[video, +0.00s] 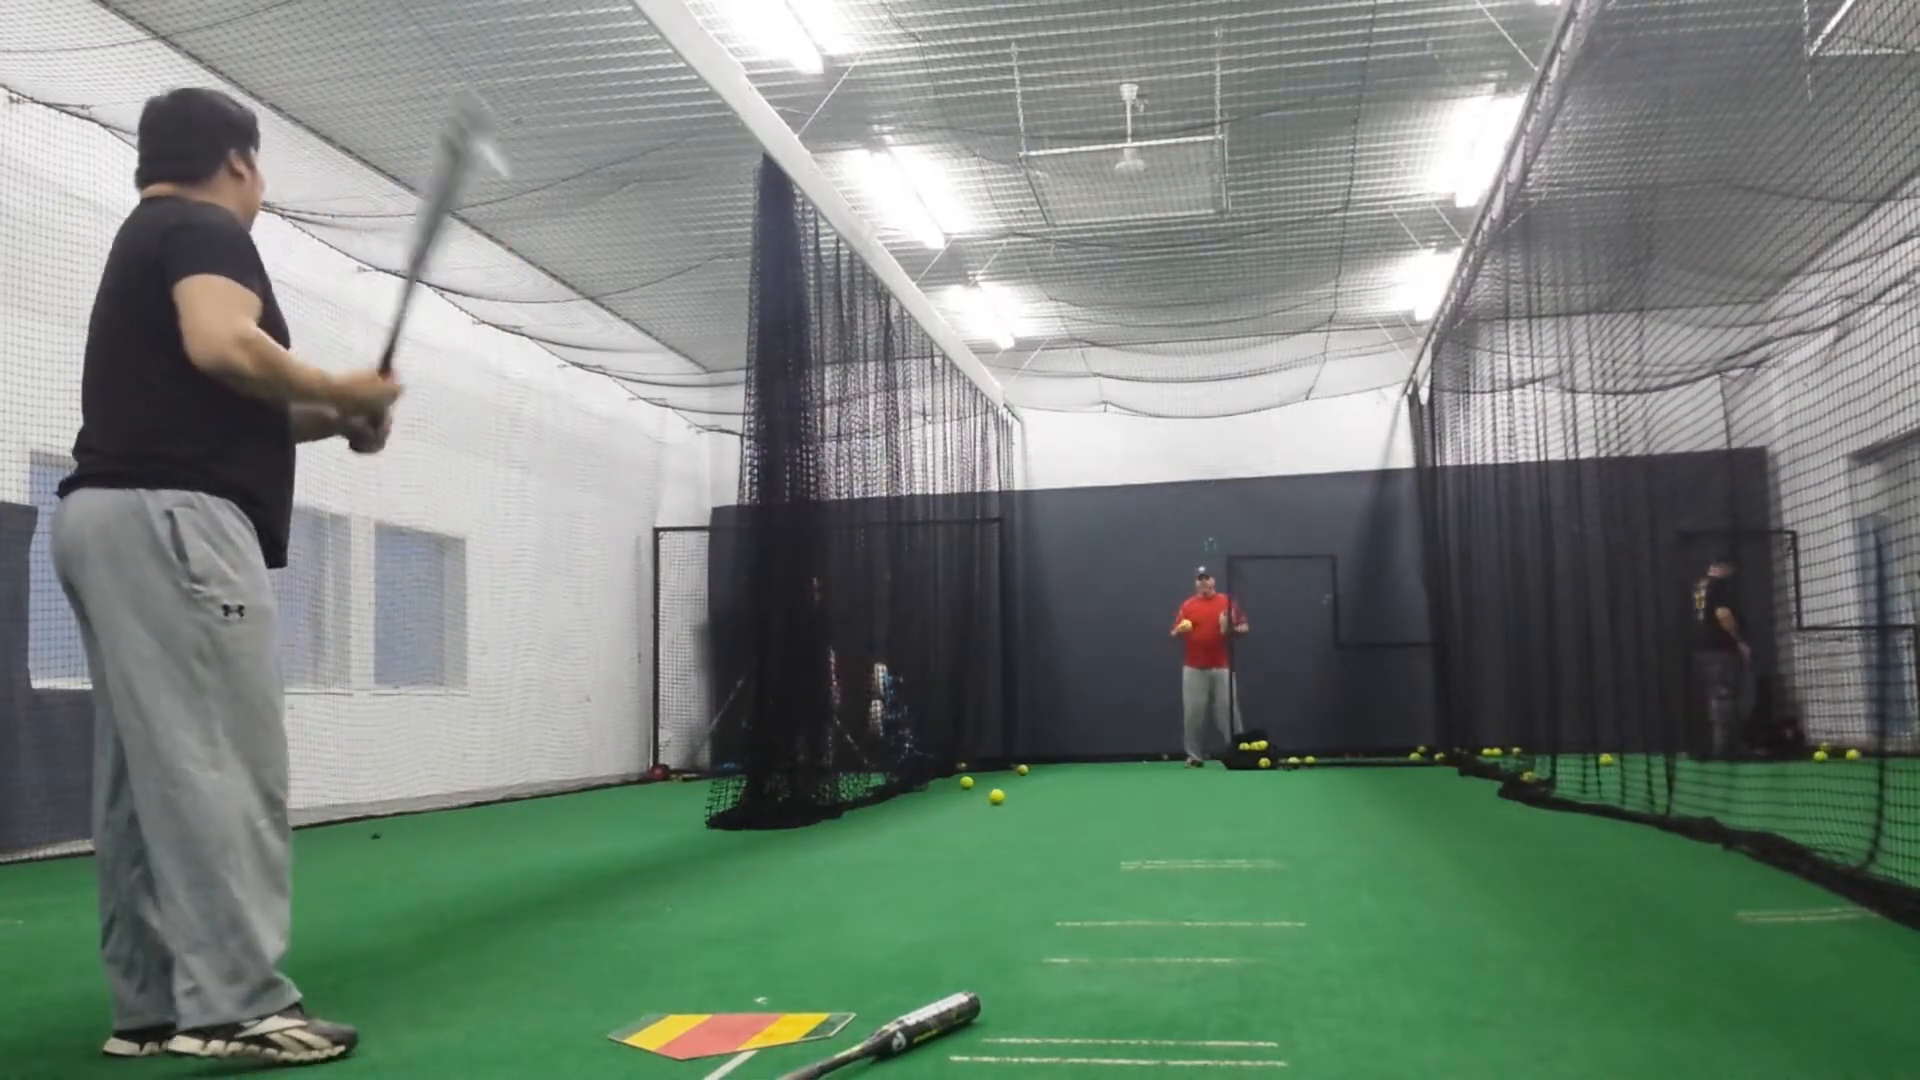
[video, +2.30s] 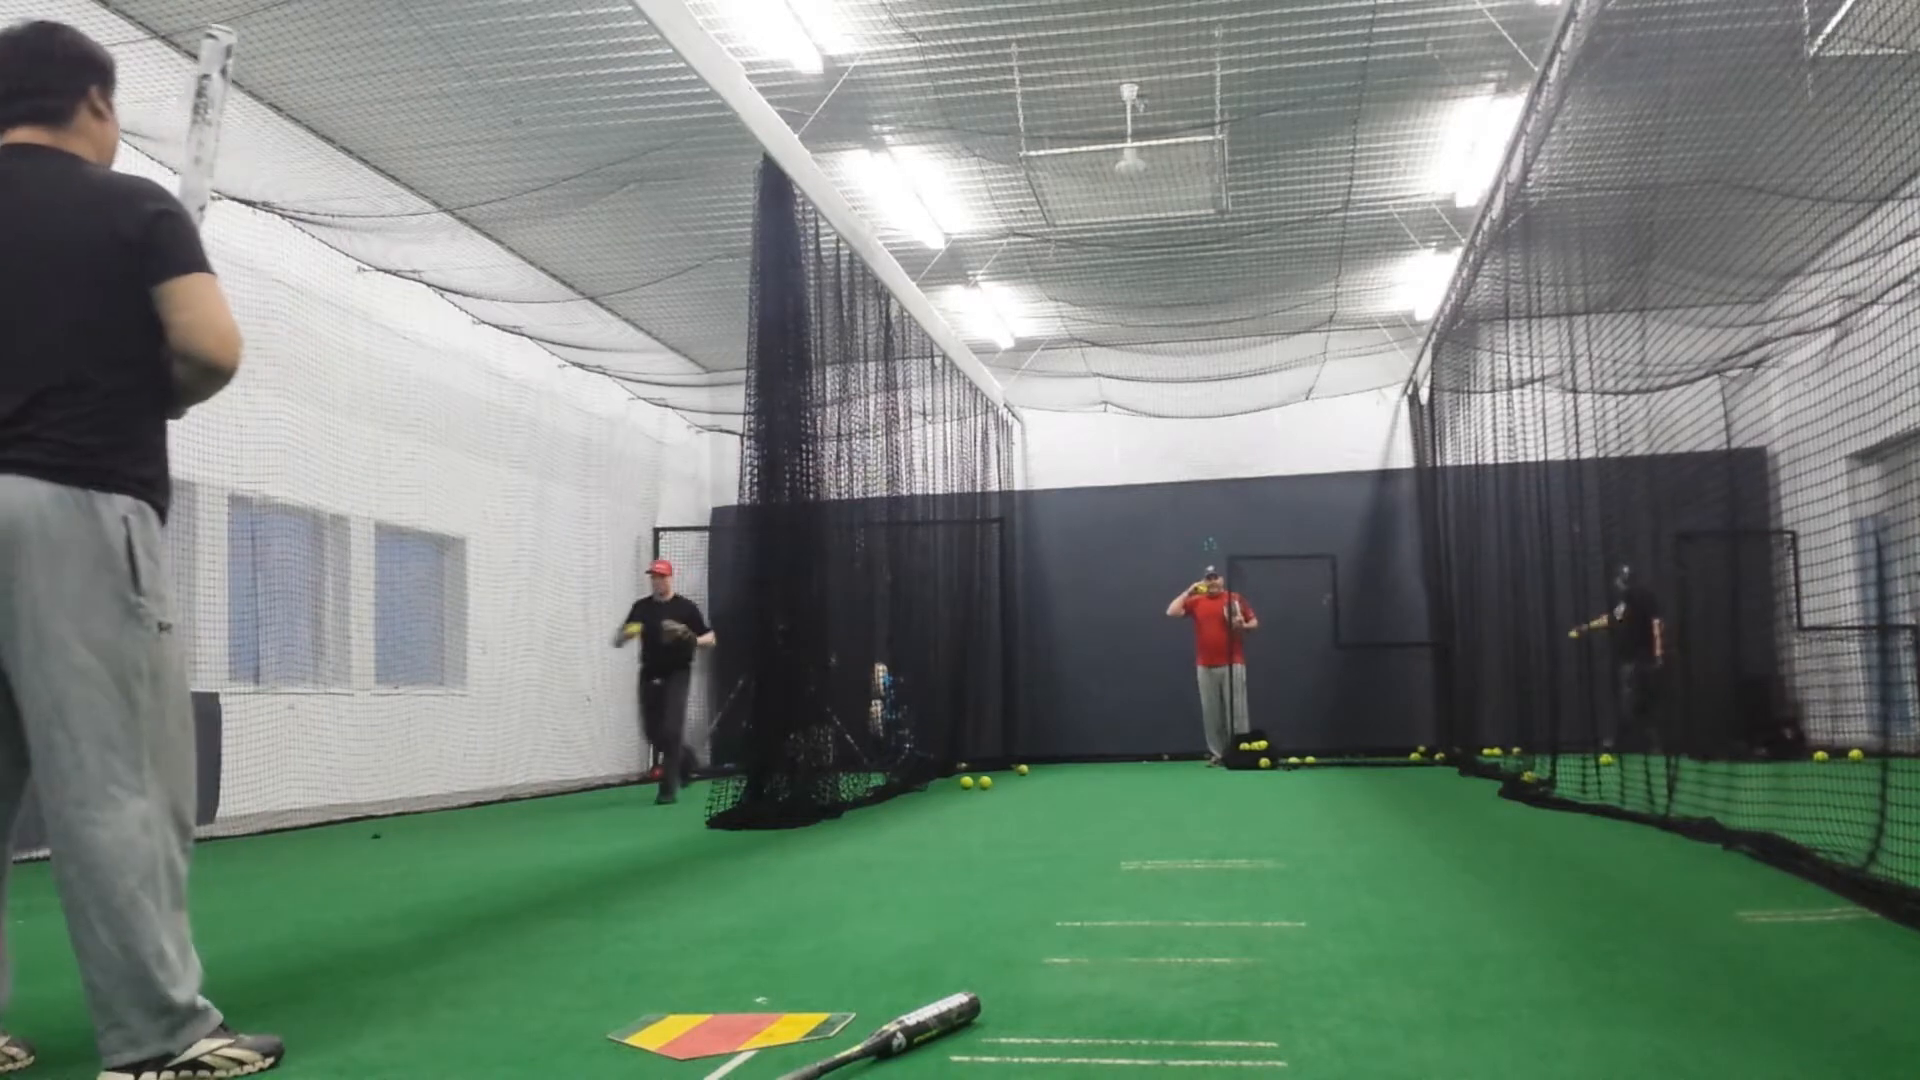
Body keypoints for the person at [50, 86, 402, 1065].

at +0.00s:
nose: (262, 185)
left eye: (258, 168)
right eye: (258, 167)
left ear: (162, 165)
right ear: (233, 160)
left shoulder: (146, 237)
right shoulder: (204, 226)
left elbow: (217, 418)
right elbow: (217, 343)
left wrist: (333, 418)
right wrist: (341, 387)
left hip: (106, 516)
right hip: (167, 518)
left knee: (142, 769)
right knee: (220, 758)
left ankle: (153, 1009)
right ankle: (237, 1004)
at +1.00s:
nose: (259, 127)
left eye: (254, 110)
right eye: (255, 109)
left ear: (148, 114)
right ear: (231, 107)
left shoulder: (89, 217)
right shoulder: (237, 201)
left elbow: (83, 370)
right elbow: (274, 332)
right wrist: (339, 382)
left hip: (85, 510)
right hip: (185, 515)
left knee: (144, 768)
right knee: (190, 776)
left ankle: (175, 994)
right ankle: (157, 1031)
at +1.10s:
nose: (260, 123)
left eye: (256, 106)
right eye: (257, 106)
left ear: (147, 108)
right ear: (234, 104)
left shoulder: (81, 212)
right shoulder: (247, 203)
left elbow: (52, 370)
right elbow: (290, 337)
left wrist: (106, 444)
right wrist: (344, 385)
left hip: (73, 510)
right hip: (182, 516)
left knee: (132, 769)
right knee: (186, 773)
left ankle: (167, 992)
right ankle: (156, 1033)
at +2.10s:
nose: (163, 120)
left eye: (158, 103)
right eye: (159, 103)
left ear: (38, 109)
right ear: (137, 101)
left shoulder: (2, 194)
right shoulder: (182, 204)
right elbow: (260, 349)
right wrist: (198, 397)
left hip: (5, 510)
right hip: (113, 511)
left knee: (6, 787)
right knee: (145, 779)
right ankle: (159, 1035)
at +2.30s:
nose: (118, 130)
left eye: (113, 113)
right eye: (113, 112)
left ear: (11, 109)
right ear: (87, 104)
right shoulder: (127, 205)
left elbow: (207, 350)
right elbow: (213, 349)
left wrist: (135, 387)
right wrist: (144, 396)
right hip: (64, 509)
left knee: (12, 790)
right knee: (114, 777)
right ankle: (156, 1032)